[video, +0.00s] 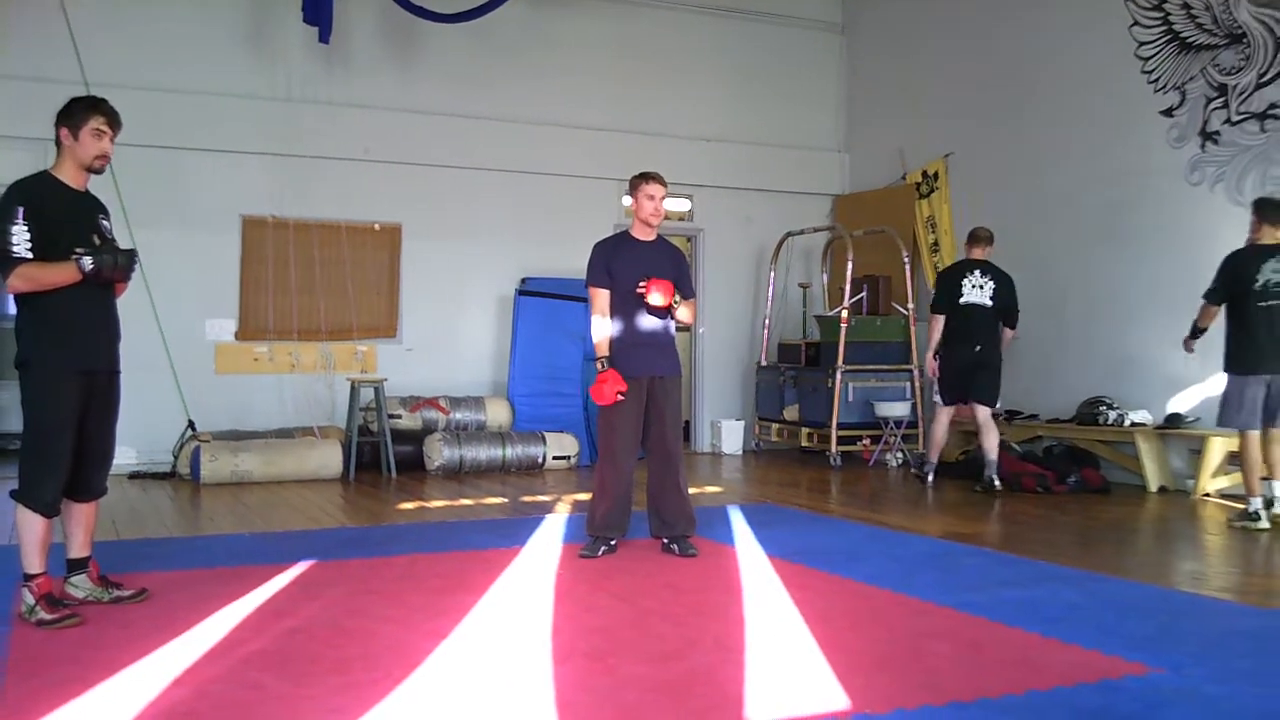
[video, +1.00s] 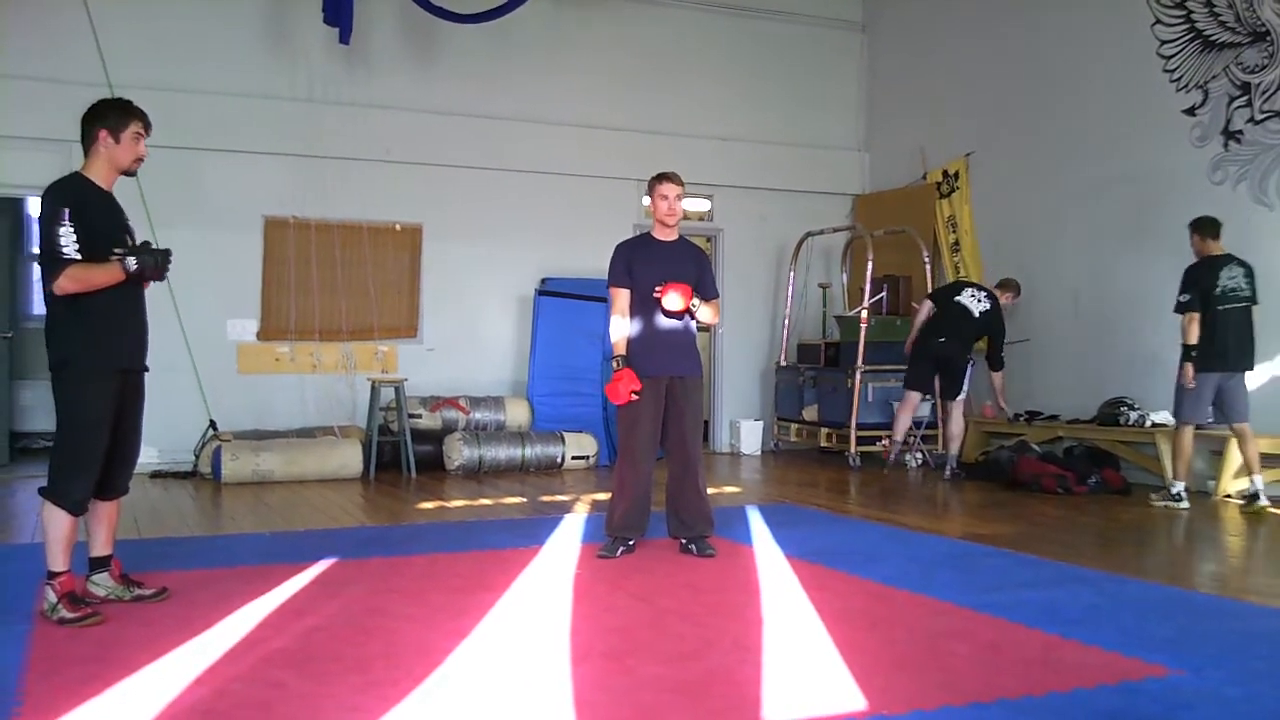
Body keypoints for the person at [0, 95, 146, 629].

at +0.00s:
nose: (107, 146)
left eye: (112, 138)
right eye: (98, 134)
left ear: (109, 145)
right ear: (66, 134)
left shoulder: (97, 209)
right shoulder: (24, 195)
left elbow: (108, 290)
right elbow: (15, 278)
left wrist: (122, 272)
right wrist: (87, 266)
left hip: (99, 360)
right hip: (49, 360)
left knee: (88, 467)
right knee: (43, 469)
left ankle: (80, 578)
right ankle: (34, 590)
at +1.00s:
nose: (144, 151)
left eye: (145, 141)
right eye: (138, 139)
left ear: (110, 141)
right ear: (104, 138)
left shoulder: (110, 204)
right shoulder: (65, 194)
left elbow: (105, 273)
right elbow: (63, 280)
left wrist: (142, 269)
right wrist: (131, 267)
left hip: (124, 360)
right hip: (83, 361)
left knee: (113, 467)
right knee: (73, 468)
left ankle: (103, 575)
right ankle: (57, 589)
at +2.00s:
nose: (89, 142)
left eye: (91, 133)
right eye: (79, 131)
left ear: (84, 140)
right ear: (47, 134)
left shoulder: (77, 208)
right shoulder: (11, 195)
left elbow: (79, 286)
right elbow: (5, 275)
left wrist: (101, 278)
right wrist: (74, 266)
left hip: (85, 361)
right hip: (34, 361)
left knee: (77, 468)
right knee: (32, 469)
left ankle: (71, 578)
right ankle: (23, 592)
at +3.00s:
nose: (38, 148)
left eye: (42, 140)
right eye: (28, 137)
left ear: (41, 149)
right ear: (2, 141)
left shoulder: (37, 212)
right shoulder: (2, 205)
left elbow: (56, 290)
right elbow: (3, 280)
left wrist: (58, 279)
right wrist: (27, 275)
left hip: (37, 364)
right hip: (8, 363)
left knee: (18, 480)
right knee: (11, 480)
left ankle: (11, 584)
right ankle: (12, 586)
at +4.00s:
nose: (75, 156)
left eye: (79, 149)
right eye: (65, 147)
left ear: (77, 158)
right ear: (34, 152)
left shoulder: (74, 226)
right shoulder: (6, 209)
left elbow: (93, 302)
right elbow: (0, 288)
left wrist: (89, 280)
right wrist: (48, 278)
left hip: (72, 366)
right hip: (16, 367)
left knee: (72, 469)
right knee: (11, 477)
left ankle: (73, 575)